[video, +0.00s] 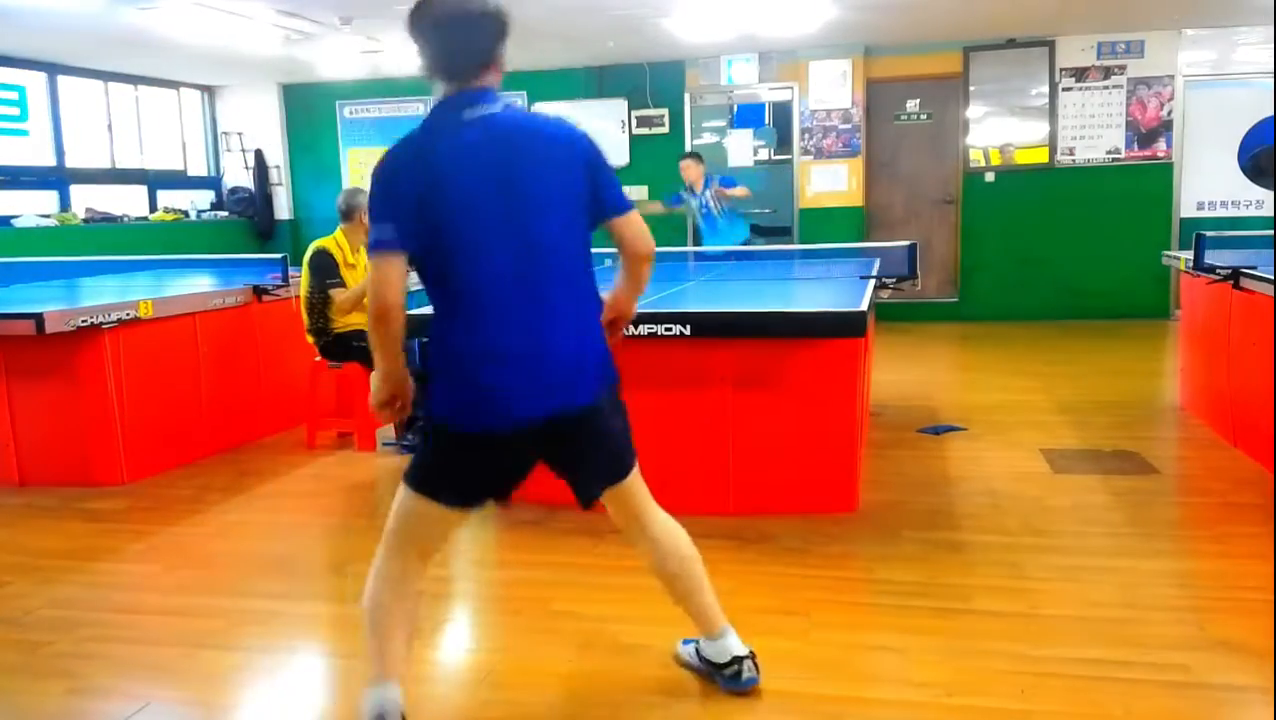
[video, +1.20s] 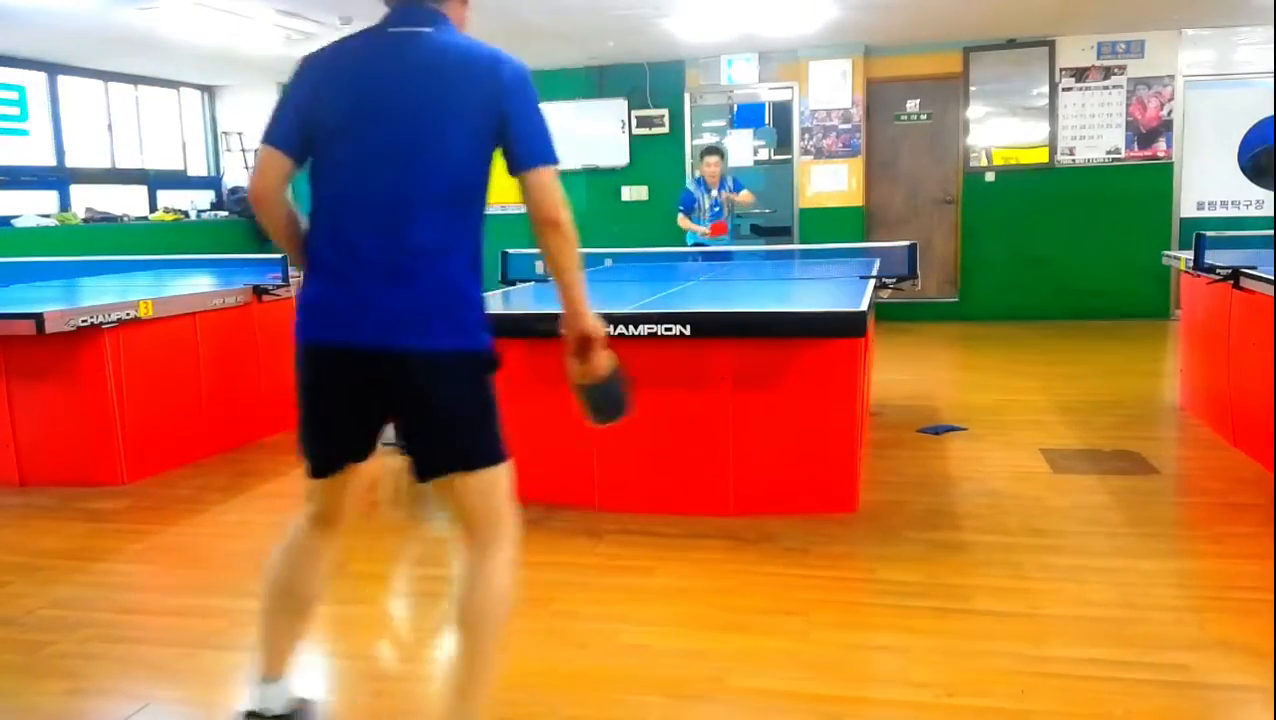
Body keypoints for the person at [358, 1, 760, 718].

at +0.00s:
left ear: (424, 62)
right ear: (498, 56)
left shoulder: (405, 164)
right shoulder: (563, 139)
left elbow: (385, 297)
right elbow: (638, 244)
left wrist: (390, 372)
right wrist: (625, 298)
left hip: (479, 397)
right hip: (580, 382)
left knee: (403, 552)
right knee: (644, 514)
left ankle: (385, 696)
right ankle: (727, 646)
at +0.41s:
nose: (549, 45)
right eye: (548, 36)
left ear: (469, 43)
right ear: (541, 42)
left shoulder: (431, 123)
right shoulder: (586, 102)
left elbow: (385, 242)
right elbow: (660, 196)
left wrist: (406, 303)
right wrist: (629, 259)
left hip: (471, 362)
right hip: (574, 356)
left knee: (409, 509)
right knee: (640, 503)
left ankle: (345, 661)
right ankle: (669, 664)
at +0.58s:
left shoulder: (426, 17)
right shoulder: (576, 8)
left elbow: (376, 113)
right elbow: (663, 66)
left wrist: (404, 195)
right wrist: (651, 150)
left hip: (482, 278)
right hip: (580, 268)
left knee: (422, 449)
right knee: (630, 462)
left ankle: (362, 611)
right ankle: (675, 627)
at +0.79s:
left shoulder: (410, 10)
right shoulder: (580, 6)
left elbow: (378, 108)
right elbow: (647, 95)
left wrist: (385, 217)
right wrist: (694, 203)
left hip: (482, 278)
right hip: (584, 266)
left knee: (430, 466)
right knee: (651, 458)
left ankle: (370, 634)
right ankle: (705, 618)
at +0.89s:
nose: (516, 26)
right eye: (516, 18)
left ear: (434, 33)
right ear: (511, 25)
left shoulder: (409, 123)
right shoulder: (574, 100)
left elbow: (383, 244)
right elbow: (652, 213)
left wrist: (387, 320)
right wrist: (704, 317)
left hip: (484, 381)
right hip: (587, 369)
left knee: (427, 552)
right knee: (656, 519)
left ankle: (380, 708)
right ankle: (721, 675)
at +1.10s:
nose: (495, 23)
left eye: (488, 16)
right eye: (494, 15)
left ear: (411, 13)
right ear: (482, 13)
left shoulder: (353, 84)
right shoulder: (521, 86)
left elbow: (298, 194)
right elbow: (588, 214)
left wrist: (357, 270)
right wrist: (625, 313)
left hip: (377, 352)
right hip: (483, 347)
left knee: (376, 524)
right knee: (566, 506)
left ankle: (351, 699)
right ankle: (612, 678)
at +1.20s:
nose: (473, 13)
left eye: (469, 9)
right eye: (472, 7)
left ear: (389, 3)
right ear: (458, 5)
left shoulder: (322, 67)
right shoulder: (494, 72)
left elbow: (264, 191)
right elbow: (549, 214)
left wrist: (307, 257)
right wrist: (578, 314)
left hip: (332, 341)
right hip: (440, 343)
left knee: (319, 513)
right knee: (491, 536)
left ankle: (268, 689)